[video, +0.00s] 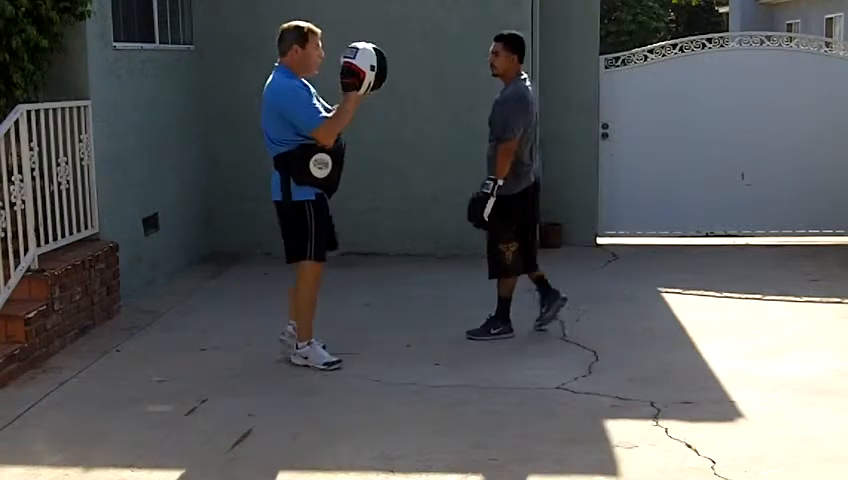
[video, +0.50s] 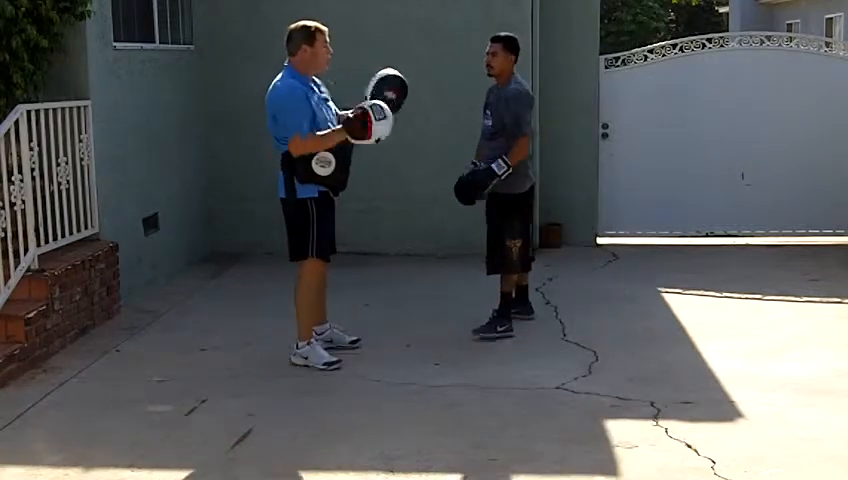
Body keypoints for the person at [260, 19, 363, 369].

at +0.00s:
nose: (323, 54)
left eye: (321, 47)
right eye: (318, 47)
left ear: (294, 52)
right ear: (296, 51)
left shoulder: (292, 83)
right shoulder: (287, 89)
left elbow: (330, 123)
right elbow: (326, 136)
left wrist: (353, 96)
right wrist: (351, 97)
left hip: (302, 189)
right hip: (297, 192)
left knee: (309, 262)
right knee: (312, 265)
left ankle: (295, 330)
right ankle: (305, 345)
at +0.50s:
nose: (330, 51)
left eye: (329, 45)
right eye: (325, 45)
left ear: (306, 51)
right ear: (305, 51)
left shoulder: (309, 82)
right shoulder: (288, 89)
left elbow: (328, 119)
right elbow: (298, 145)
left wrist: (357, 116)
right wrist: (344, 132)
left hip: (318, 186)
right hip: (301, 190)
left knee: (321, 260)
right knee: (311, 262)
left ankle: (320, 329)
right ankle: (304, 345)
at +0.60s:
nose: (335, 51)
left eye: (334, 45)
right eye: (330, 45)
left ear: (312, 51)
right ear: (310, 51)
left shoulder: (314, 84)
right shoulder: (287, 91)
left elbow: (322, 136)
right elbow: (283, 149)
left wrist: (352, 134)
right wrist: (323, 165)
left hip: (320, 189)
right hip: (302, 193)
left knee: (322, 260)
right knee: (312, 262)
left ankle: (319, 330)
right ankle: (304, 345)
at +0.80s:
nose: (345, 53)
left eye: (343, 46)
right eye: (340, 46)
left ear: (320, 51)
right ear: (321, 50)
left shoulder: (318, 83)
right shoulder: (298, 88)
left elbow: (326, 133)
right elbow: (279, 138)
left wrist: (353, 145)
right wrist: (279, 184)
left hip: (326, 190)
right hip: (311, 192)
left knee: (322, 261)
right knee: (316, 263)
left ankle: (319, 330)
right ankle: (304, 344)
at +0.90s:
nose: (345, 52)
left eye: (344, 46)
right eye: (341, 45)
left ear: (319, 49)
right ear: (325, 48)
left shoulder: (318, 82)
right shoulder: (305, 84)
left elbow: (314, 133)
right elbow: (288, 134)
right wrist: (284, 174)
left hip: (325, 189)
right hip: (313, 191)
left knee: (322, 260)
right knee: (317, 262)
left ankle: (318, 329)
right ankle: (305, 344)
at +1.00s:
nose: (345, 52)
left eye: (343, 46)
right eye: (341, 46)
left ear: (313, 50)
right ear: (325, 48)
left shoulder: (294, 82)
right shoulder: (316, 81)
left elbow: (282, 131)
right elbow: (306, 127)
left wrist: (303, 154)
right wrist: (317, 159)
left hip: (306, 190)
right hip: (318, 192)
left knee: (314, 261)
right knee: (319, 262)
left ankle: (318, 329)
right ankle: (305, 344)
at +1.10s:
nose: (343, 52)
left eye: (342, 46)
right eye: (339, 46)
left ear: (311, 51)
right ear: (322, 49)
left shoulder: (289, 84)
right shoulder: (321, 79)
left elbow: (274, 134)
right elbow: (328, 113)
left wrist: (306, 153)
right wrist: (355, 130)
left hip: (301, 187)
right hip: (320, 188)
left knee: (312, 261)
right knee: (319, 262)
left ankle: (318, 329)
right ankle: (305, 344)